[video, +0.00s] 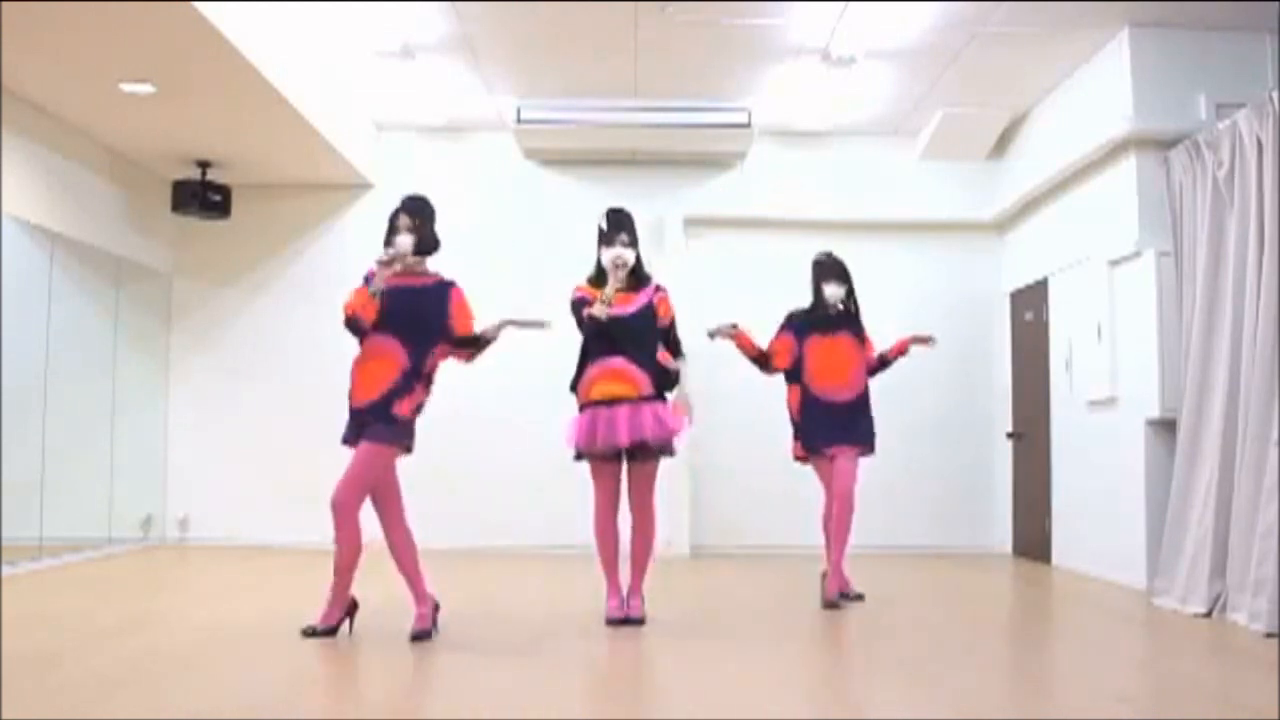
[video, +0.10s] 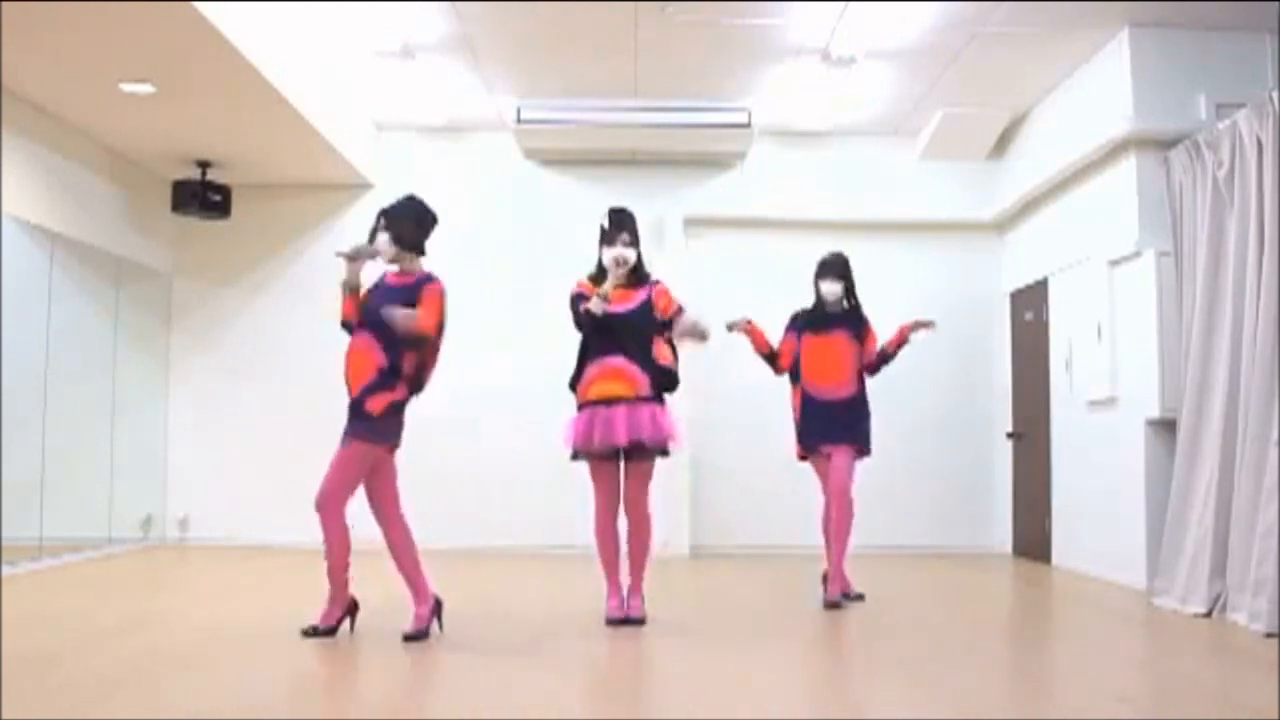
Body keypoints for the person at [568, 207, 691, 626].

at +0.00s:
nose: (619, 255)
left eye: (626, 246)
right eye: (611, 246)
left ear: (637, 250)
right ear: (599, 250)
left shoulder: (655, 294)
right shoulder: (585, 294)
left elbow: (673, 345)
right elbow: (589, 324)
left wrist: (673, 365)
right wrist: (609, 291)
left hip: (645, 400)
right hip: (600, 401)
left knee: (641, 500)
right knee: (606, 501)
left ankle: (636, 590)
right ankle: (613, 590)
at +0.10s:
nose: (620, 253)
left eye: (627, 244)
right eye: (612, 244)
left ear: (638, 248)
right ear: (600, 247)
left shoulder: (653, 292)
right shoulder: (586, 291)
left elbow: (680, 321)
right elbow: (584, 320)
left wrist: (689, 329)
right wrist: (602, 294)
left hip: (642, 400)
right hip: (598, 400)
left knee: (636, 501)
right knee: (606, 502)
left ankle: (635, 591)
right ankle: (613, 591)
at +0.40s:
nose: (622, 257)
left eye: (629, 249)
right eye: (615, 248)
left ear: (638, 254)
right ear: (601, 250)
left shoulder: (649, 295)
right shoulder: (585, 294)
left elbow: (675, 342)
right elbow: (588, 322)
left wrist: (698, 300)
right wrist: (612, 288)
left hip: (631, 399)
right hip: (590, 397)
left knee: (597, 489)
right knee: (599, 497)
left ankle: (581, 586)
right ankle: (615, 591)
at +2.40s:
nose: (615, 261)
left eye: (623, 253)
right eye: (608, 252)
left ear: (633, 255)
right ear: (596, 256)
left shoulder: (652, 298)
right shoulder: (582, 298)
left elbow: (691, 332)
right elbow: (581, 332)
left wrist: (676, 304)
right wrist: (597, 303)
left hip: (629, 406)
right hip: (585, 405)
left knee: (598, 502)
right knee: (595, 505)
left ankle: (575, 593)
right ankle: (614, 592)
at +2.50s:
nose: (615, 257)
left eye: (622, 248)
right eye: (607, 249)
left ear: (633, 252)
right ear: (596, 252)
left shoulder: (651, 296)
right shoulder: (581, 295)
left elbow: (694, 329)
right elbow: (578, 328)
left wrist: (687, 342)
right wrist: (595, 305)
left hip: (632, 401)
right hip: (589, 401)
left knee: (600, 482)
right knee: (595, 489)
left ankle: (607, 582)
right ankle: (610, 587)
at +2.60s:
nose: (615, 256)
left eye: (623, 247)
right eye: (608, 247)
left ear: (634, 251)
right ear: (596, 250)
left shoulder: (651, 295)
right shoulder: (582, 294)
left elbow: (682, 347)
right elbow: (582, 327)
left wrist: (698, 393)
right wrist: (602, 293)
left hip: (637, 401)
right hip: (593, 400)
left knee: (608, 478)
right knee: (600, 489)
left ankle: (634, 557)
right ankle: (612, 589)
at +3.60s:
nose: (615, 257)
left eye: (622, 248)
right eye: (608, 248)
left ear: (637, 249)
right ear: (600, 251)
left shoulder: (656, 296)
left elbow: (663, 351)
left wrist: (638, 384)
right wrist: (581, 317)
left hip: (646, 402)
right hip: (603, 404)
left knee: (643, 504)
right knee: (610, 503)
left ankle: (644, 593)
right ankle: (613, 591)